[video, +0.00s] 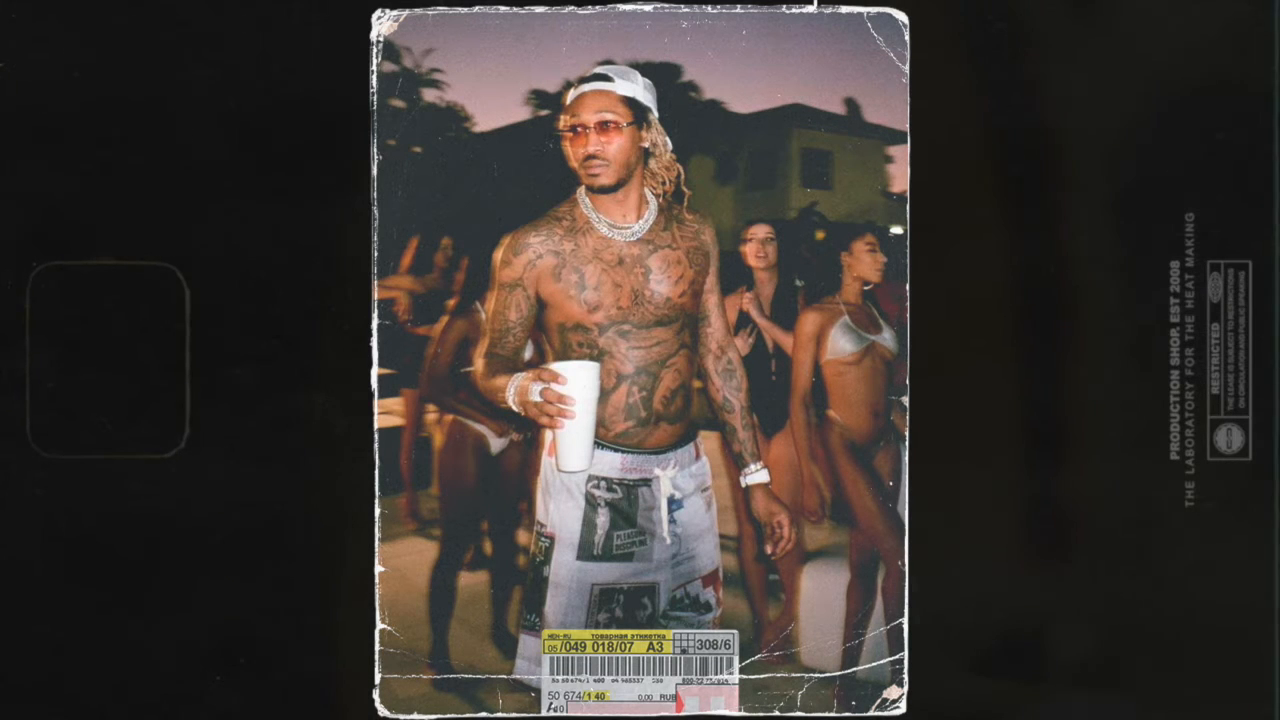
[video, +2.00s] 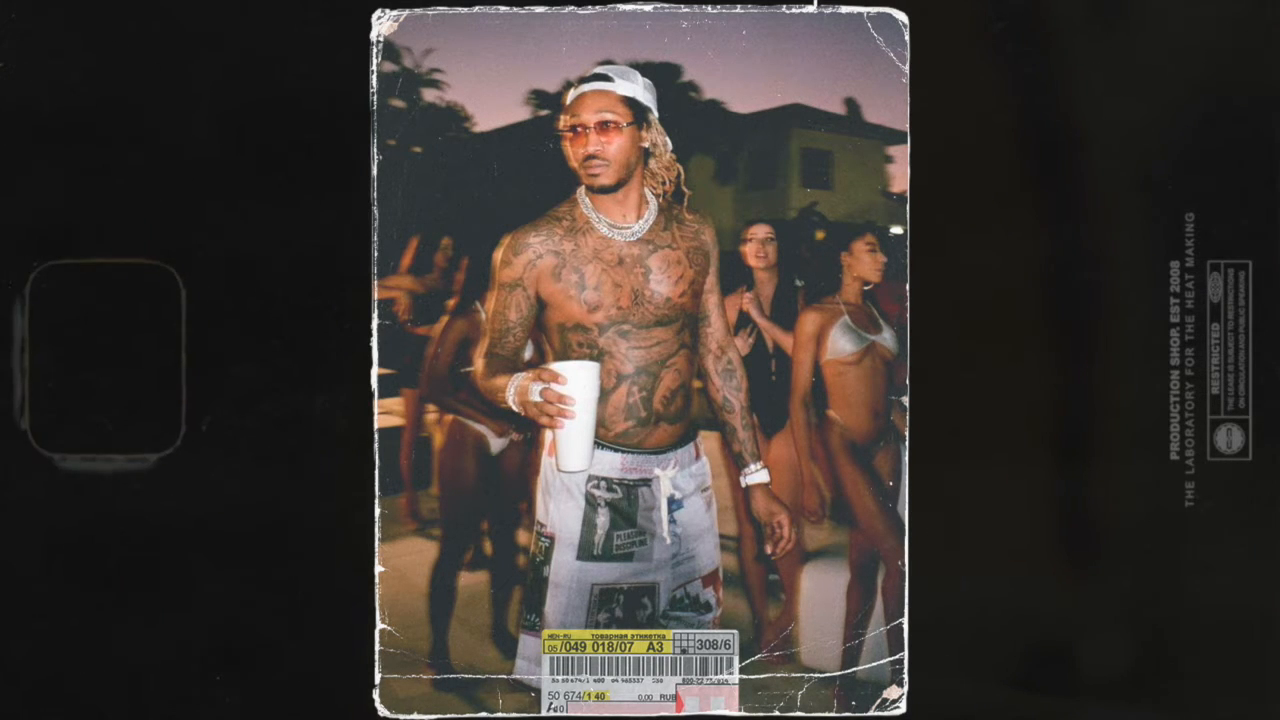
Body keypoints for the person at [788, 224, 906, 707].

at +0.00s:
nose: (882, 259)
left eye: (882, 251)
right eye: (871, 251)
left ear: (873, 262)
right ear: (843, 259)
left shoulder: (878, 316)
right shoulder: (818, 317)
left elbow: (887, 390)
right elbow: (799, 403)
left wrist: (901, 428)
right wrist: (813, 478)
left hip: (882, 447)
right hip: (838, 448)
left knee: (863, 563)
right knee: (898, 552)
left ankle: (846, 673)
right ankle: (902, 671)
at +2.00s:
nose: (882, 259)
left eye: (881, 251)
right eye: (871, 251)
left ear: (870, 261)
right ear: (844, 259)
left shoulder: (877, 315)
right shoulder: (818, 317)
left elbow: (885, 392)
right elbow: (798, 403)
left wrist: (903, 437)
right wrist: (813, 477)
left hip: (881, 448)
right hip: (838, 449)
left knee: (864, 563)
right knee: (898, 553)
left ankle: (846, 674)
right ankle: (902, 670)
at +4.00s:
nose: (882, 259)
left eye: (881, 251)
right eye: (872, 251)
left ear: (869, 262)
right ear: (844, 259)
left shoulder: (876, 315)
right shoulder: (817, 317)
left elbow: (885, 392)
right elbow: (798, 403)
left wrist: (901, 441)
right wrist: (814, 479)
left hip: (881, 448)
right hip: (838, 449)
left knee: (863, 564)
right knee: (898, 552)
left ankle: (847, 673)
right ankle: (903, 670)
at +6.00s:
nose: (882, 259)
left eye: (881, 251)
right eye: (871, 251)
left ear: (871, 262)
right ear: (844, 259)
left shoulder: (877, 316)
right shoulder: (818, 317)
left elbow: (886, 391)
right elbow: (798, 402)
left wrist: (901, 435)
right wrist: (812, 476)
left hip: (882, 447)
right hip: (839, 449)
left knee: (863, 563)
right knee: (898, 551)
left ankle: (846, 674)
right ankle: (902, 669)